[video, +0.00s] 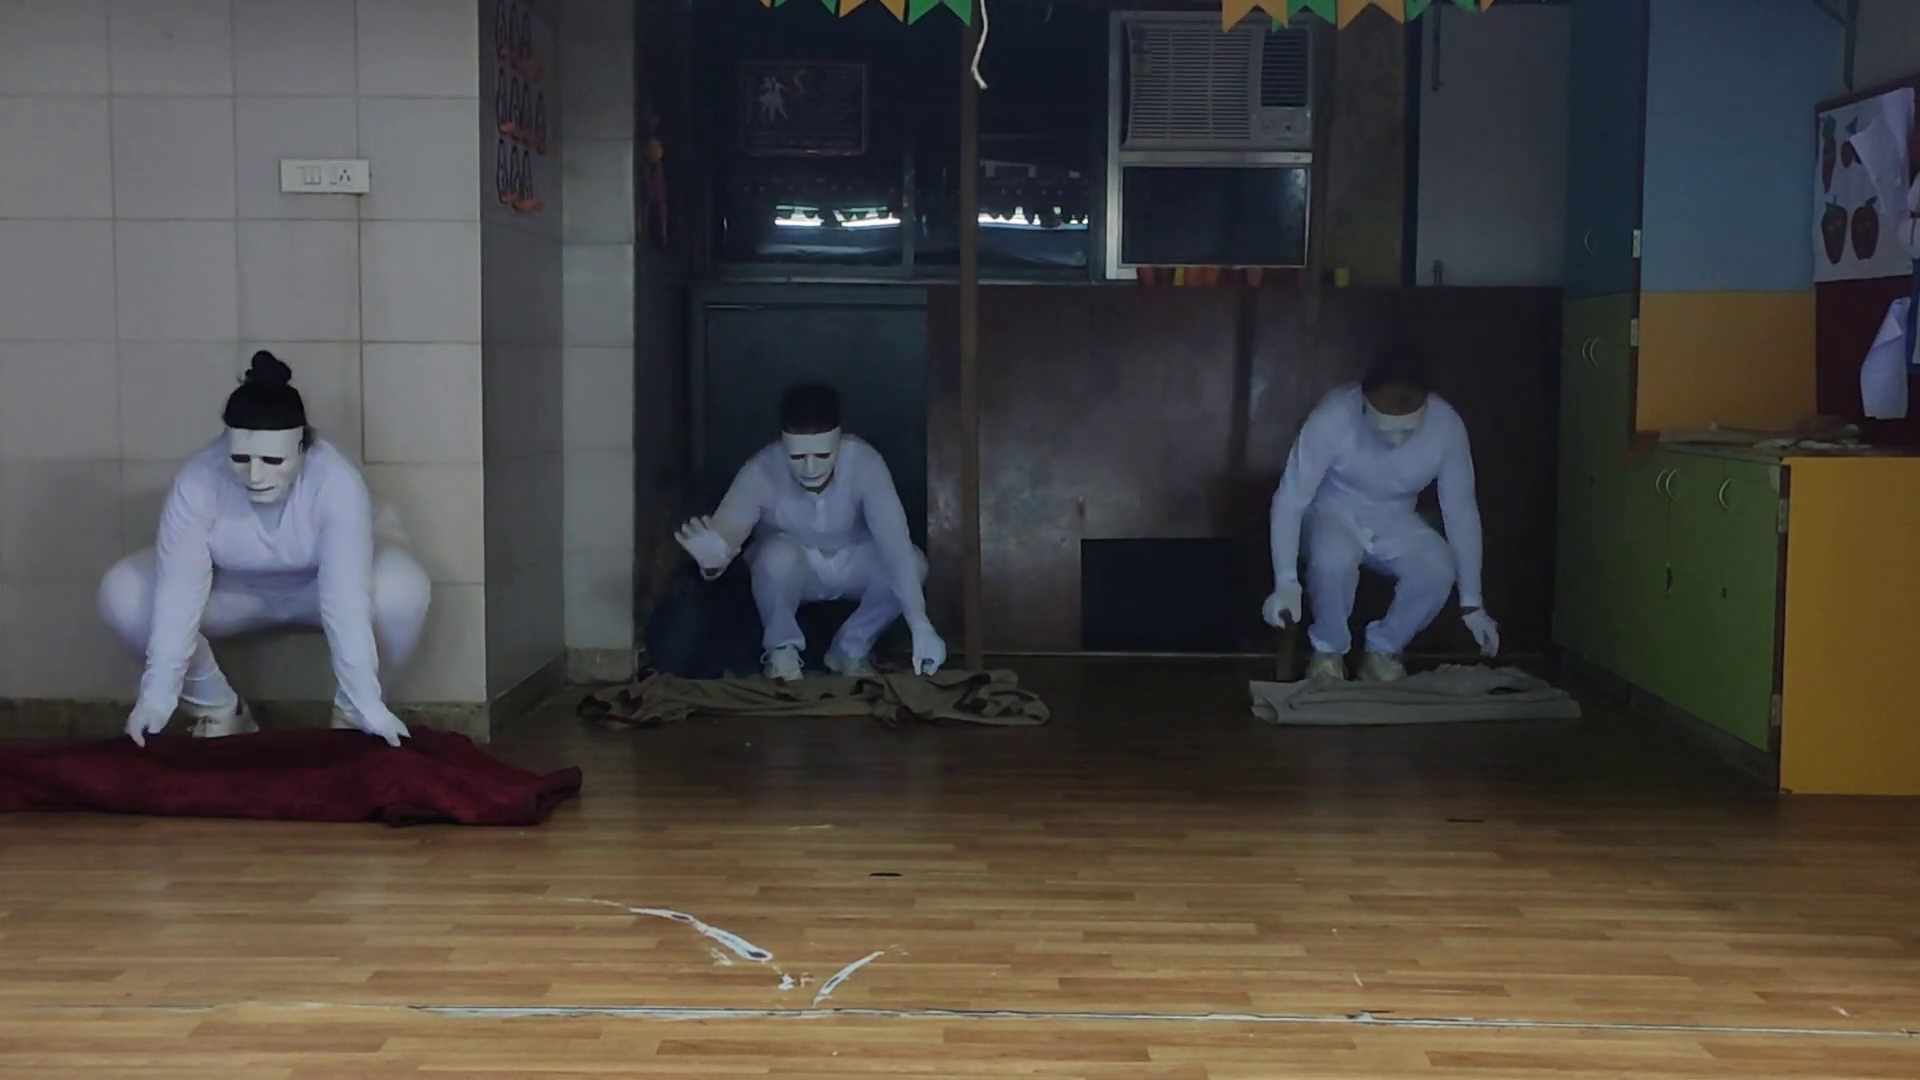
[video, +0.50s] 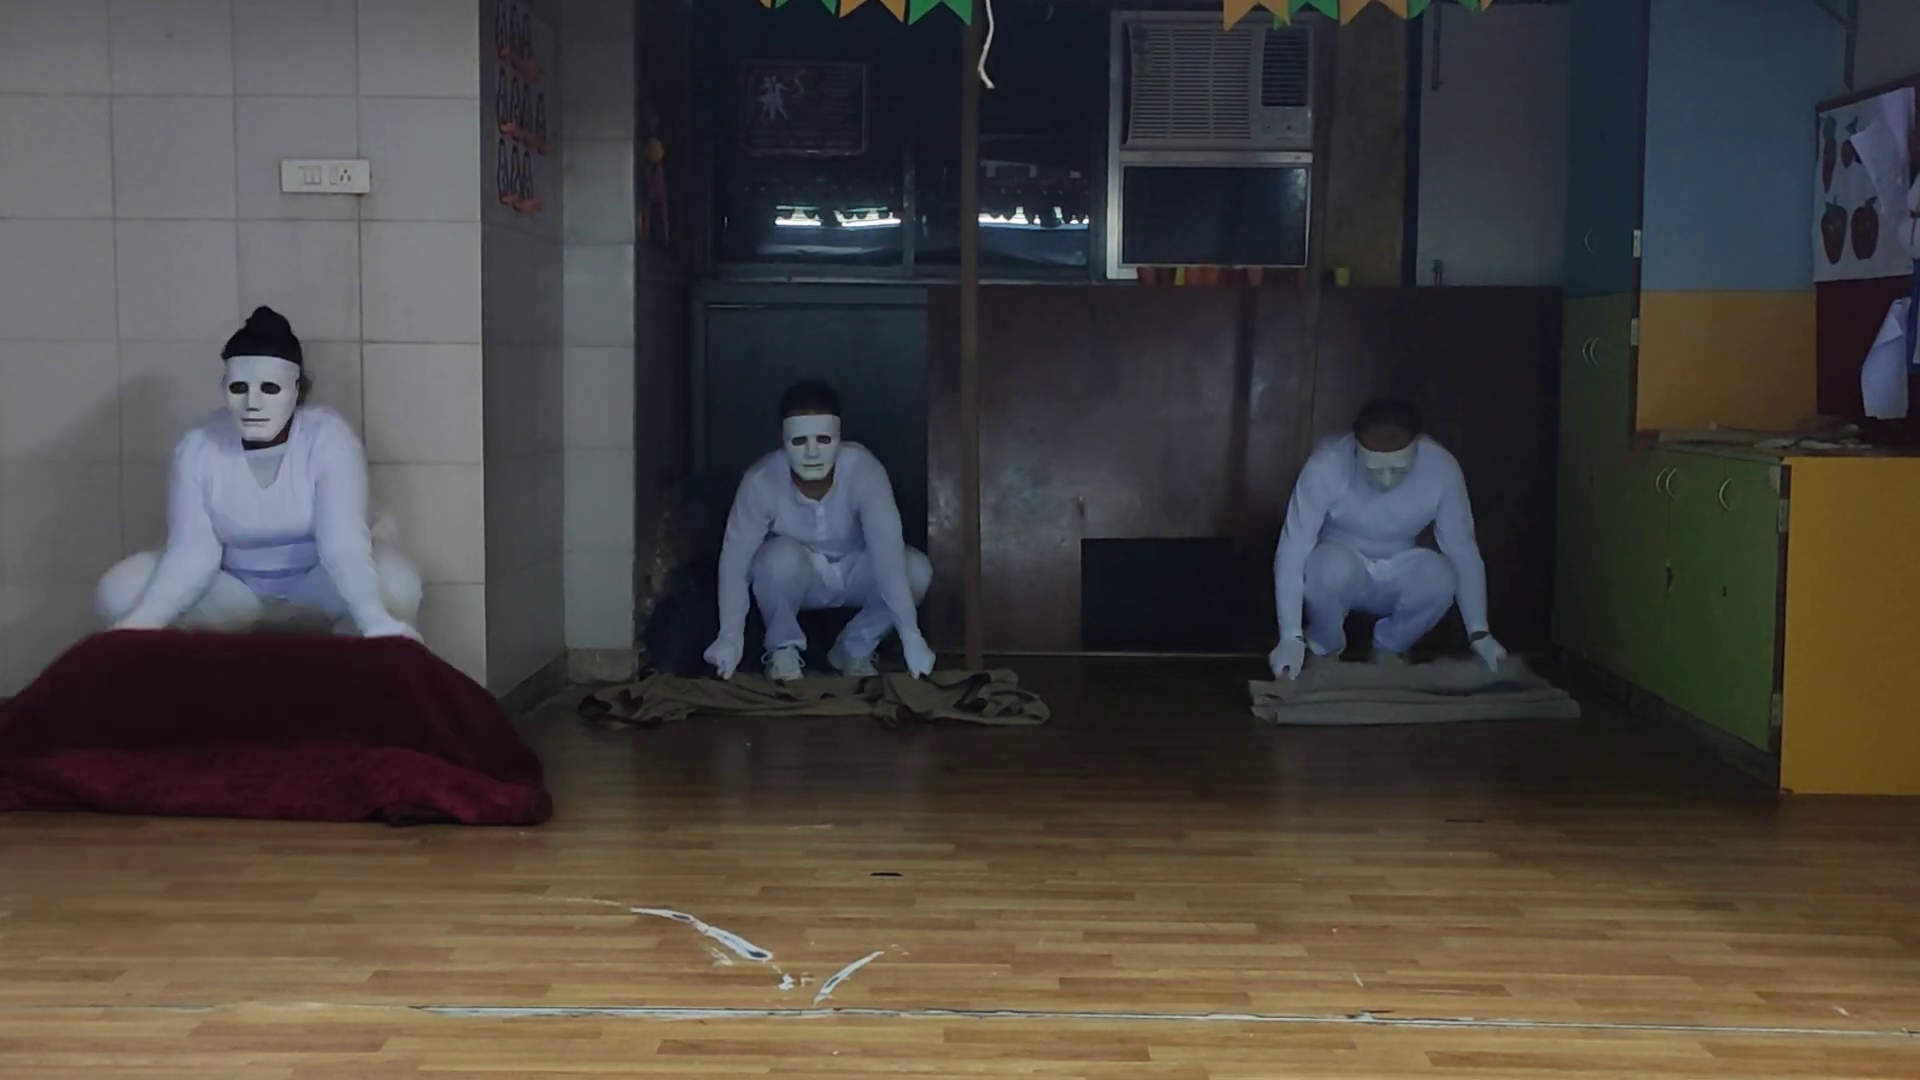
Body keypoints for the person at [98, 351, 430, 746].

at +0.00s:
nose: (256, 476)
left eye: (273, 460)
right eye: (241, 459)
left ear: (301, 449)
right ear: (227, 448)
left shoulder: (338, 486)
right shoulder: (197, 486)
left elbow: (345, 601)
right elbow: (179, 597)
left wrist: (365, 703)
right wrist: (155, 697)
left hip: (320, 589)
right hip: (233, 593)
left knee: (402, 587)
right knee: (126, 591)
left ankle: (352, 711)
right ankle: (219, 712)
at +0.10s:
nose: (254, 456)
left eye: (272, 440)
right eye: (240, 439)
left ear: (301, 435)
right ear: (226, 433)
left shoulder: (334, 474)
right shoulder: (197, 478)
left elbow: (339, 589)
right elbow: (192, 584)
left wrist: (360, 694)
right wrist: (169, 685)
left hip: (320, 587)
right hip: (236, 590)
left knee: (400, 586)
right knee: (127, 590)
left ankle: (352, 703)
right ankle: (214, 700)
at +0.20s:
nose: (255, 441)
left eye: (273, 426)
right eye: (241, 425)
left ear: (300, 425)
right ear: (225, 424)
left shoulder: (333, 469)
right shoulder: (198, 473)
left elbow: (338, 582)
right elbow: (198, 584)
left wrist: (358, 684)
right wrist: (176, 687)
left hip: (320, 586)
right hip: (236, 591)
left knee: (398, 587)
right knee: (128, 591)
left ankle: (354, 700)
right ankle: (215, 699)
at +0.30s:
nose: (255, 435)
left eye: (272, 419)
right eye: (241, 419)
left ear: (300, 421)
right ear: (225, 420)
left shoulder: (332, 467)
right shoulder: (198, 473)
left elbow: (339, 582)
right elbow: (196, 585)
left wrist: (369, 685)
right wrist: (162, 693)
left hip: (317, 590)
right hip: (233, 596)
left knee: (398, 585)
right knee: (126, 592)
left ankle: (358, 694)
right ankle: (212, 698)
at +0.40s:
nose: (253, 424)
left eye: (271, 409)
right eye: (239, 409)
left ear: (298, 411)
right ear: (225, 410)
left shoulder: (329, 461)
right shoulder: (198, 469)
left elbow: (341, 573)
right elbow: (193, 573)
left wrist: (380, 668)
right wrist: (151, 668)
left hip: (317, 596)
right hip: (233, 599)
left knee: (397, 583)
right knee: (124, 590)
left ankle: (358, 676)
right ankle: (202, 681)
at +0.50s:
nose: (252, 403)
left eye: (270, 388)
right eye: (240, 388)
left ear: (297, 391)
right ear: (225, 391)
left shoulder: (327, 438)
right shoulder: (197, 451)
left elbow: (343, 541)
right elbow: (193, 551)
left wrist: (376, 621)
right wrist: (136, 628)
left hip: (315, 580)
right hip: (232, 585)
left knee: (399, 582)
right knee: (121, 586)